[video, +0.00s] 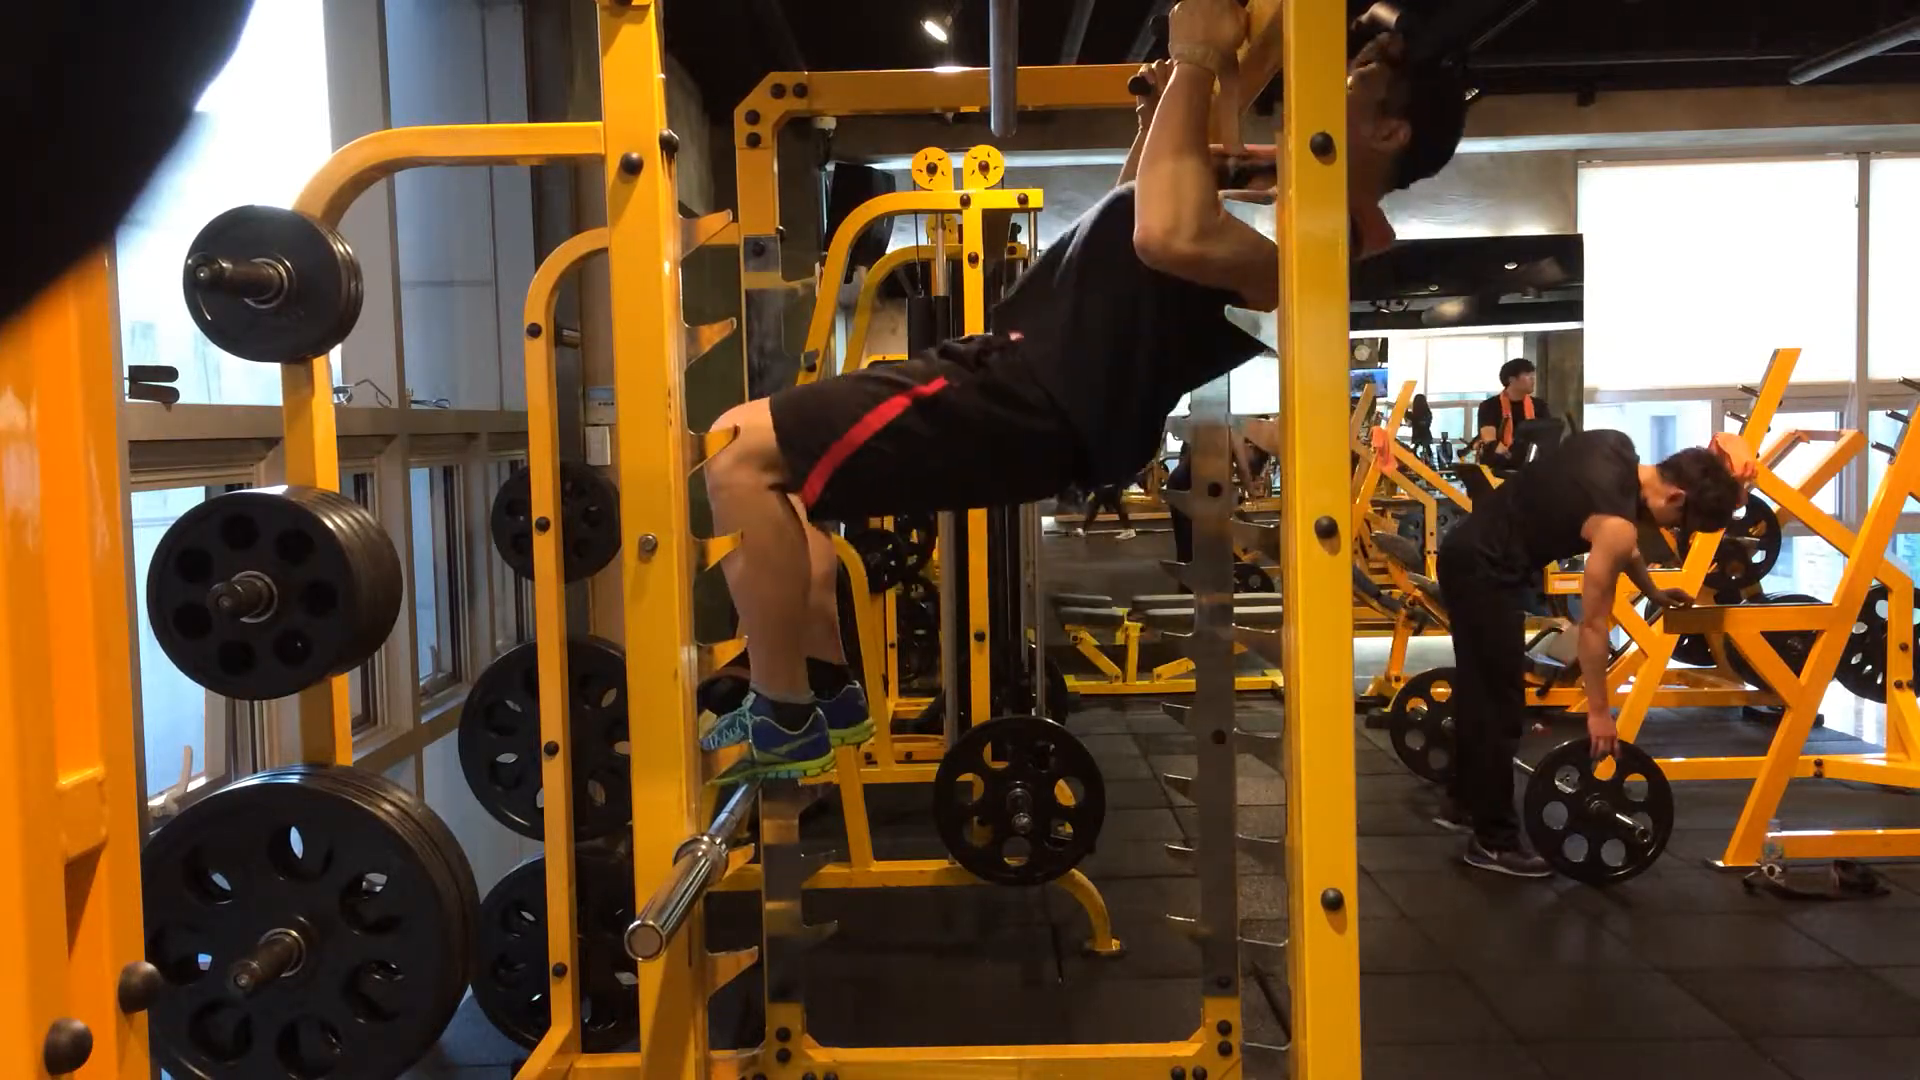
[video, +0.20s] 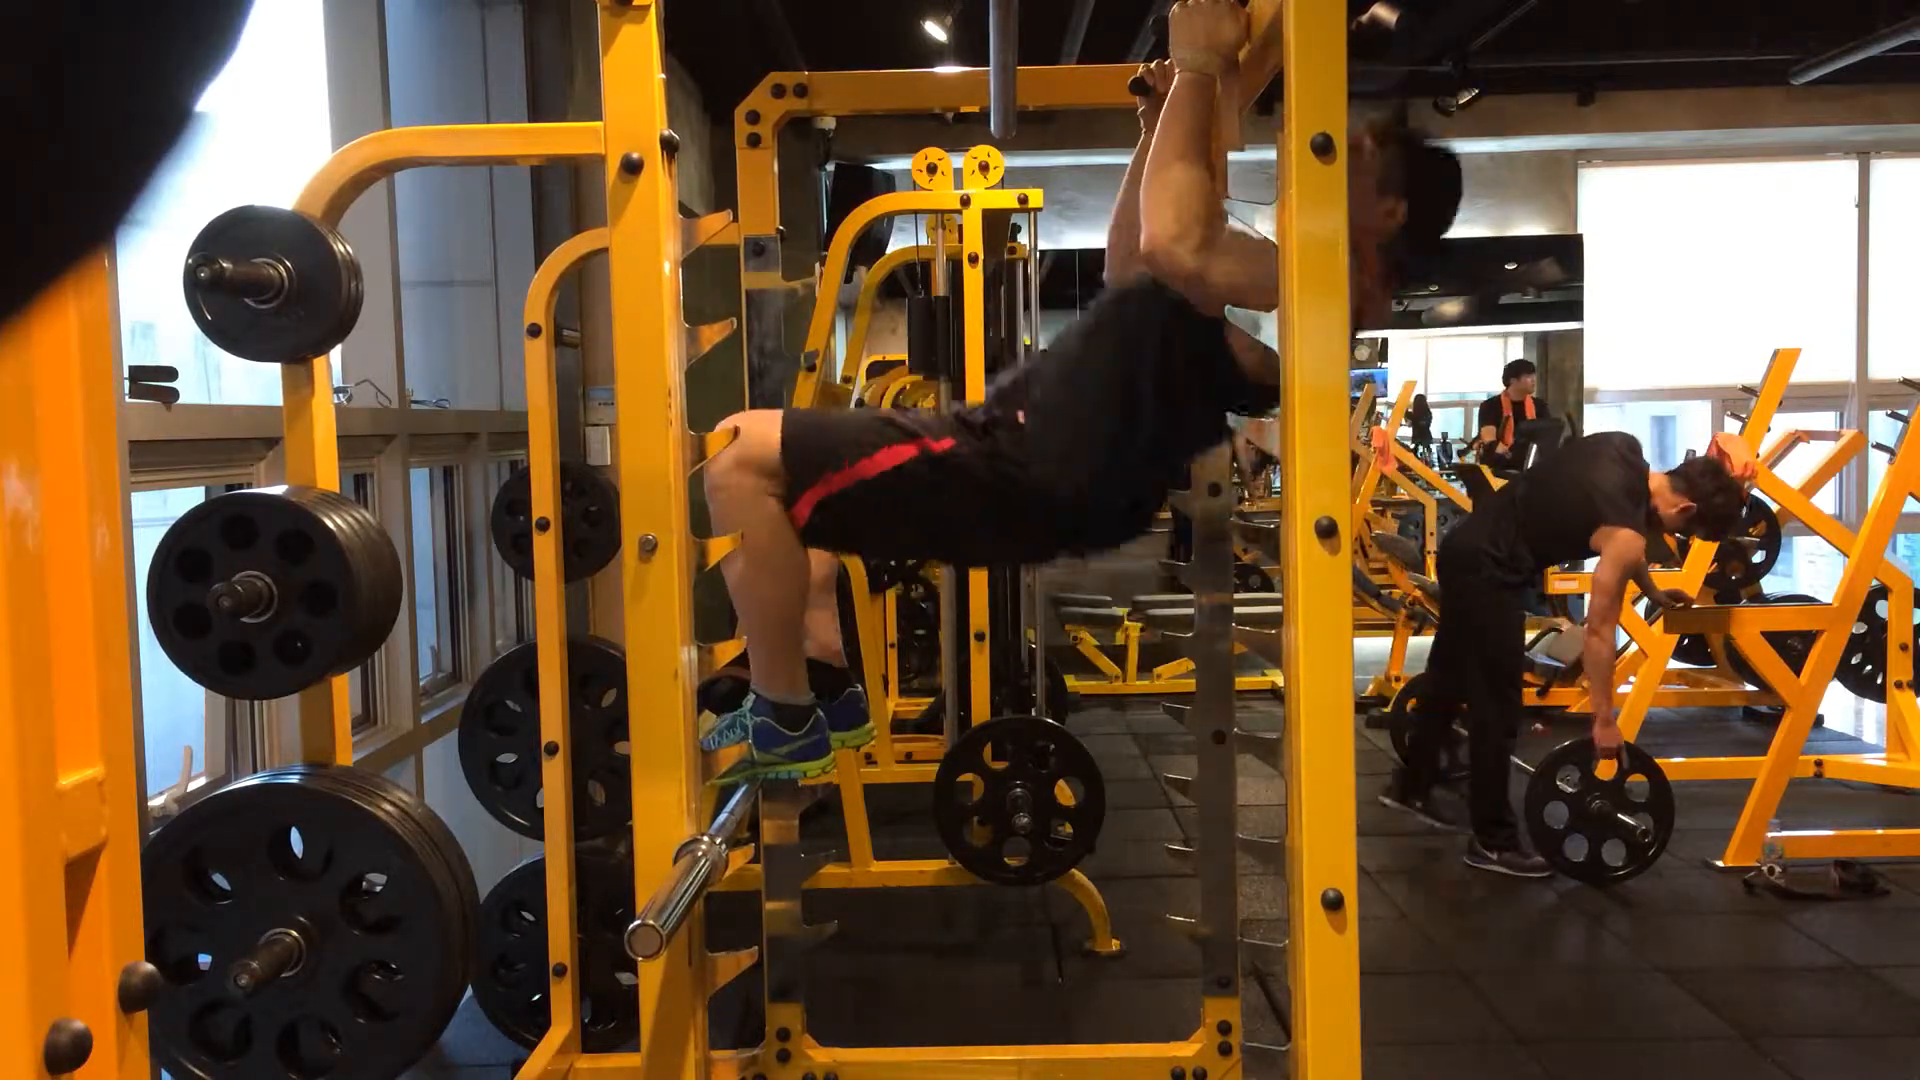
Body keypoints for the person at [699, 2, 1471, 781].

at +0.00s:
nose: (1329, 84)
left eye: (1355, 81)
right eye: (1340, 71)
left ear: (1391, 132)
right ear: (1350, 118)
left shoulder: (1343, 233)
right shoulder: (1297, 188)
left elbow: (1177, 234)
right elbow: (1156, 195)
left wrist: (1199, 60)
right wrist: (1191, 80)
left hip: (1050, 407)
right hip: (1016, 364)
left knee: (743, 459)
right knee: (749, 433)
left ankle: (784, 712)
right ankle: (826, 672)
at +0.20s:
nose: (1321, 176)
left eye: (1348, 169)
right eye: (1336, 163)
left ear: (1386, 212)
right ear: (1372, 212)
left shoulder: (1344, 278)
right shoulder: (1314, 292)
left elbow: (1183, 249)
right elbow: (1129, 273)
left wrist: (1199, 72)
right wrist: (1157, 130)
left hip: (1031, 475)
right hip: (1024, 447)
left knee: (741, 462)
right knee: (754, 432)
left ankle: (783, 713)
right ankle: (821, 654)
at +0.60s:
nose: (1308, 276)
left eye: (1342, 282)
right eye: (1323, 265)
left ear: (1376, 332)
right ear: (1322, 293)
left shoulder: (1311, 403)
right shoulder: (1253, 368)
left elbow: (1194, 265)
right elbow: (1145, 287)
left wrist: (1204, 78)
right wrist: (1156, 144)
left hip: (1004, 562)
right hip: (999, 521)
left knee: (742, 467)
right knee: (779, 450)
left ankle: (783, 715)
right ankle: (825, 677)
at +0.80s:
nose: (1327, 179)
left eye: (1354, 176)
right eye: (1340, 167)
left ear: (1391, 225)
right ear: (1366, 215)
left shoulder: (1332, 297)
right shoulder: (1315, 300)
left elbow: (1176, 246)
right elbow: (1144, 250)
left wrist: (1197, 74)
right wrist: (1171, 108)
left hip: (1011, 465)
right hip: (1010, 440)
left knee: (724, 477)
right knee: (732, 434)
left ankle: (777, 712)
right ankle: (818, 665)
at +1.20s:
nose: (1321, 146)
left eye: (1350, 141)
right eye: (1336, 129)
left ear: (1390, 187)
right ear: (1361, 167)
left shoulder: (1339, 264)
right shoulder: (1315, 248)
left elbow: (1176, 245)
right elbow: (1143, 240)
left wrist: (1197, 72)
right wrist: (1173, 106)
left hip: (1017, 442)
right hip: (1002, 408)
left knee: (725, 474)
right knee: (727, 431)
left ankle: (780, 714)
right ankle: (816, 667)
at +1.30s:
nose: (1318, 210)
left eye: (1346, 204)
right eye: (1331, 195)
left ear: (1385, 244)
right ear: (1368, 242)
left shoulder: (1342, 307)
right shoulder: (1311, 343)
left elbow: (1186, 263)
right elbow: (1135, 278)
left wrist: (1199, 74)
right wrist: (1158, 131)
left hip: (1011, 486)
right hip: (1010, 461)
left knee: (724, 472)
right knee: (746, 432)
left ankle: (777, 709)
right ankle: (818, 665)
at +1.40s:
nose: (1290, 240)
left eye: (1325, 241)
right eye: (1308, 229)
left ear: (1367, 300)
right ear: (1307, 263)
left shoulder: (1300, 390)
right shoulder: (1245, 355)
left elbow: (1189, 256)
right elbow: (1142, 277)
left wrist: (1206, 78)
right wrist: (1160, 132)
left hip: (1003, 544)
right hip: (993, 502)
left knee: (734, 466)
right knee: (765, 442)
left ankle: (779, 710)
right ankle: (822, 676)